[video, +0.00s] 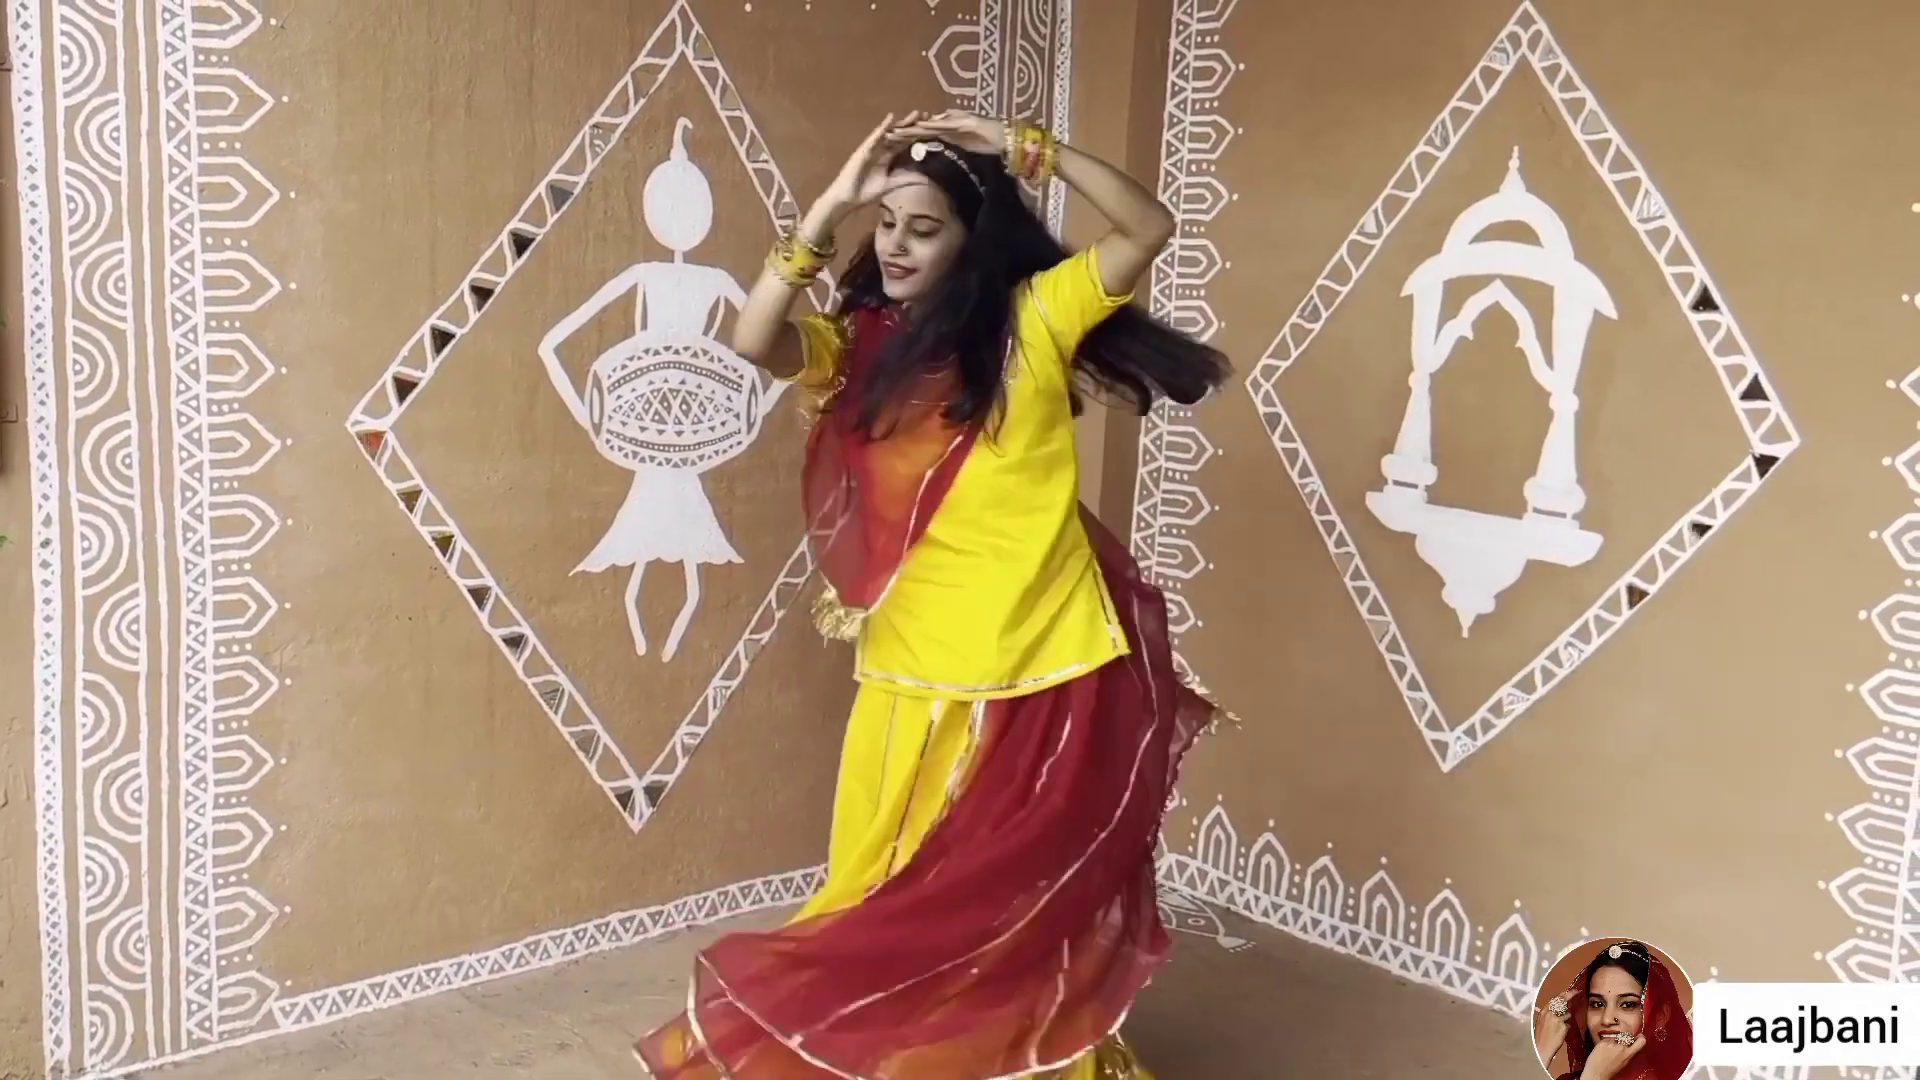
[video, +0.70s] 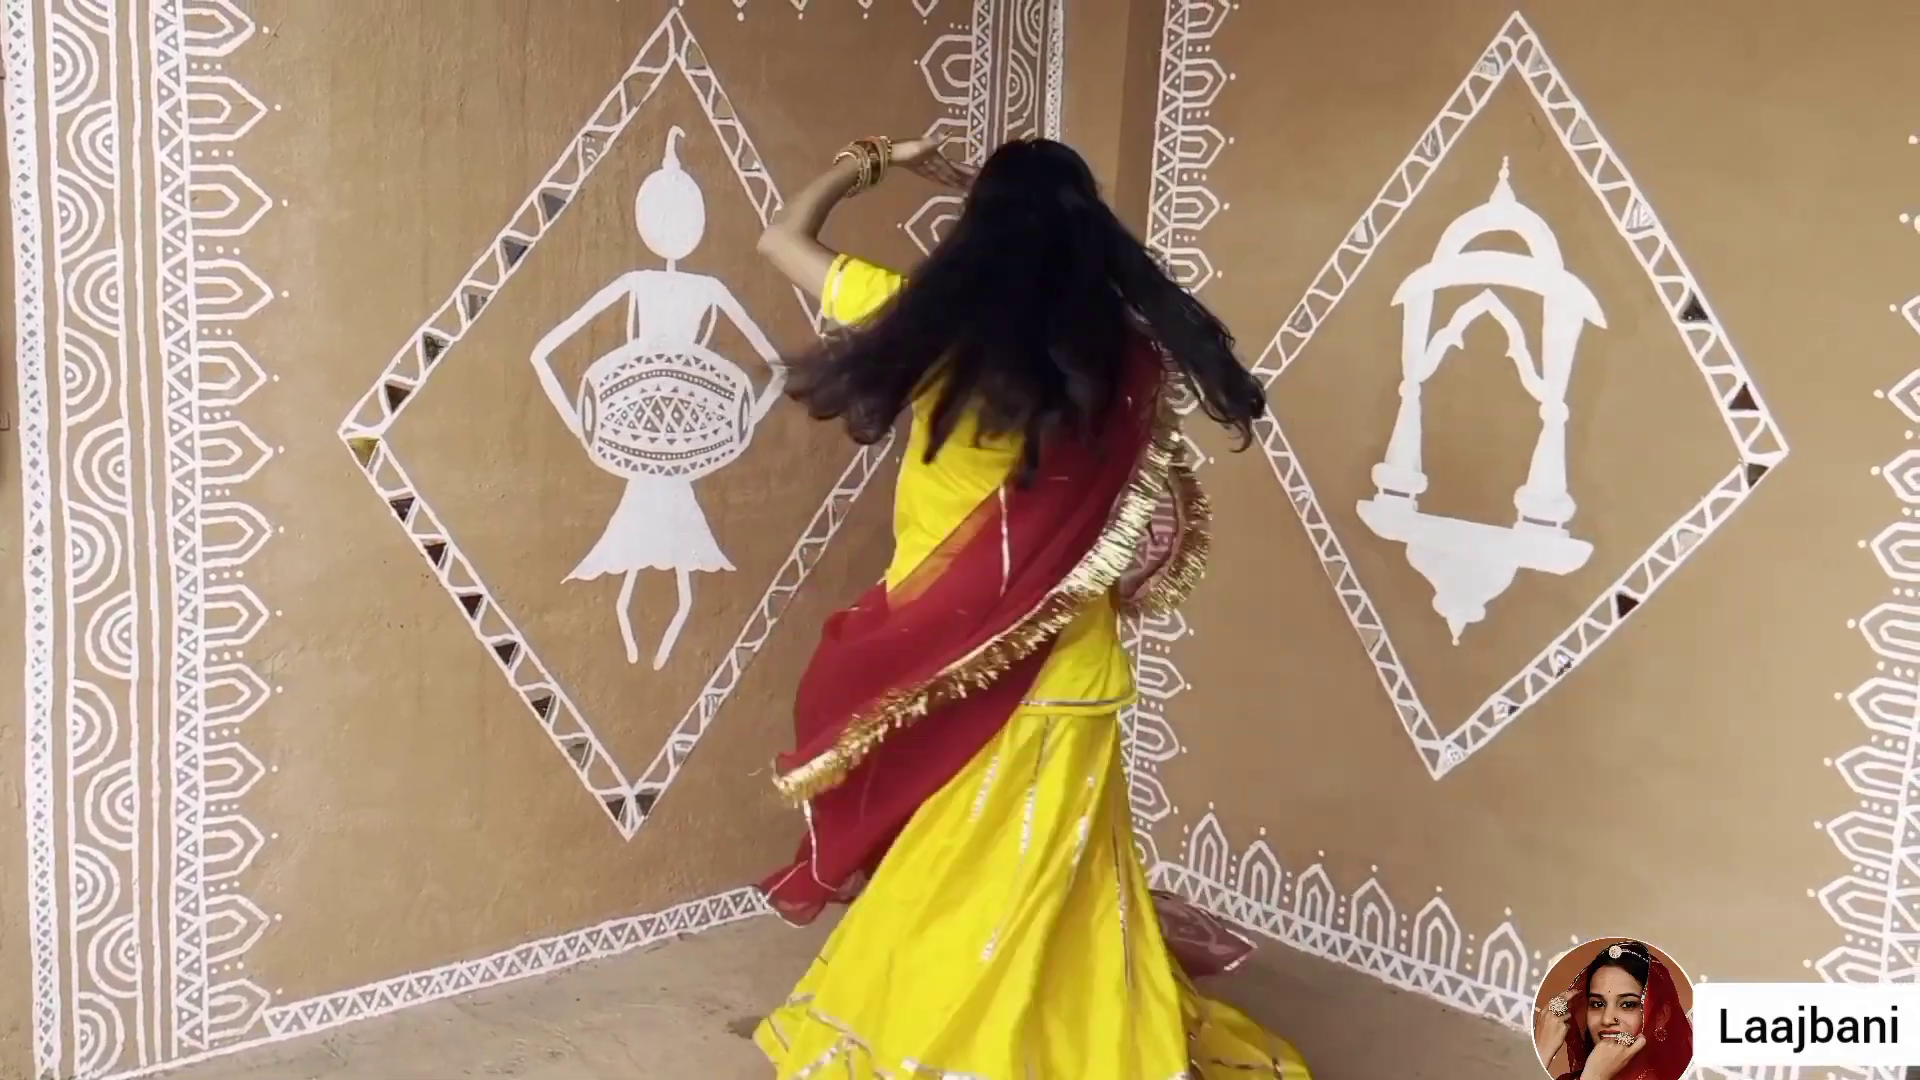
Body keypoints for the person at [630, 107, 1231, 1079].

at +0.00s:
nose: (895, 245)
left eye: (922, 228)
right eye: (885, 223)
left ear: (975, 237)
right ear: (872, 227)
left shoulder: (1032, 323)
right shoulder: (857, 341)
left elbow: (1142, 228)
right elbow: (754, 338)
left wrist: (1020, 143)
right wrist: (834, 205)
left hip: (1045, 662)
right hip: (909, 663)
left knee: (1027, 906)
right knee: (871, 888)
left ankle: (1046, 1061)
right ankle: (870, 1056)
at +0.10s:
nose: (922, 245)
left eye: (949, 226)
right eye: (907, 223)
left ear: (986, 236)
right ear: (881, 233)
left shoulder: (1032, 314)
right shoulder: (853, 340)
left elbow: (1175, 226)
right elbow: (815, 351)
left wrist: (1120, 155)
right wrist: (899, 217)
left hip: (1055, 646)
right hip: (917, 659)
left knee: (1047, 883)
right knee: (886, 875)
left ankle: (1041, 1051)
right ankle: (824, 1048)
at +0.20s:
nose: (980, 247)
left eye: (997, 227)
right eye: (957, 223)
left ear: (1013, 234)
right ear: (904, 229)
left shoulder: (1007, 310)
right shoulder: (869, 353)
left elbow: (1138, 222)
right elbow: (973, 357)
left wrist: (1146, 149)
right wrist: (1077, 201)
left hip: (1041, 677)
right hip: (919, 691)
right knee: (895, 934)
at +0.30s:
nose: (1023, 255)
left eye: (1030, 234)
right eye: (999, 231)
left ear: (1033, 242)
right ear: (934, 238)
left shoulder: (986, 338)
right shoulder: (917, 365)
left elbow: (1059, 243)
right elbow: (1087, 363)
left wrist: (1119, 185)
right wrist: (1140, 225)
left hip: (1008, 674)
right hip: (923, 691)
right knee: (891, 935)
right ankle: (789, 1059)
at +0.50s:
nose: (1093, 252)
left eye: (1088, 231)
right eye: (1079, 233)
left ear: (981, 249)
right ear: (1039, 246)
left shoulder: (920, 353)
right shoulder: (1075, 387)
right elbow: (1228, 358)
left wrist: (957, 186)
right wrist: (1157, 229)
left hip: (897, 688)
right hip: (1003, 702)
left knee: (891, 923)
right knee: (1049, 927)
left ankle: (855, 1056)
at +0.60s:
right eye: (1091, 230)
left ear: (961, 233)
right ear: (1075, 252)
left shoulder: (922, 336)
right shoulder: (1093, 377)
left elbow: (835, 233)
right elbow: (1208, 343)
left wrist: (922, 168)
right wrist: (1122, 236)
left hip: (920, 669)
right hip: (1037, 684)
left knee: (902, 883)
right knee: (1044, 891)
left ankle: (882, 1055)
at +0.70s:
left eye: (980, 207)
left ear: (977, 227)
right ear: (1092, 235)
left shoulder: (929, 325)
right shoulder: (1131, 361)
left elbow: (784, 240)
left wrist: (846, 170)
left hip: (951, 656)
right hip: (1075, 665)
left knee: (940, 875)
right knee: (1069, 878)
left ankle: (919, 1046)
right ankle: (1086, 1047)